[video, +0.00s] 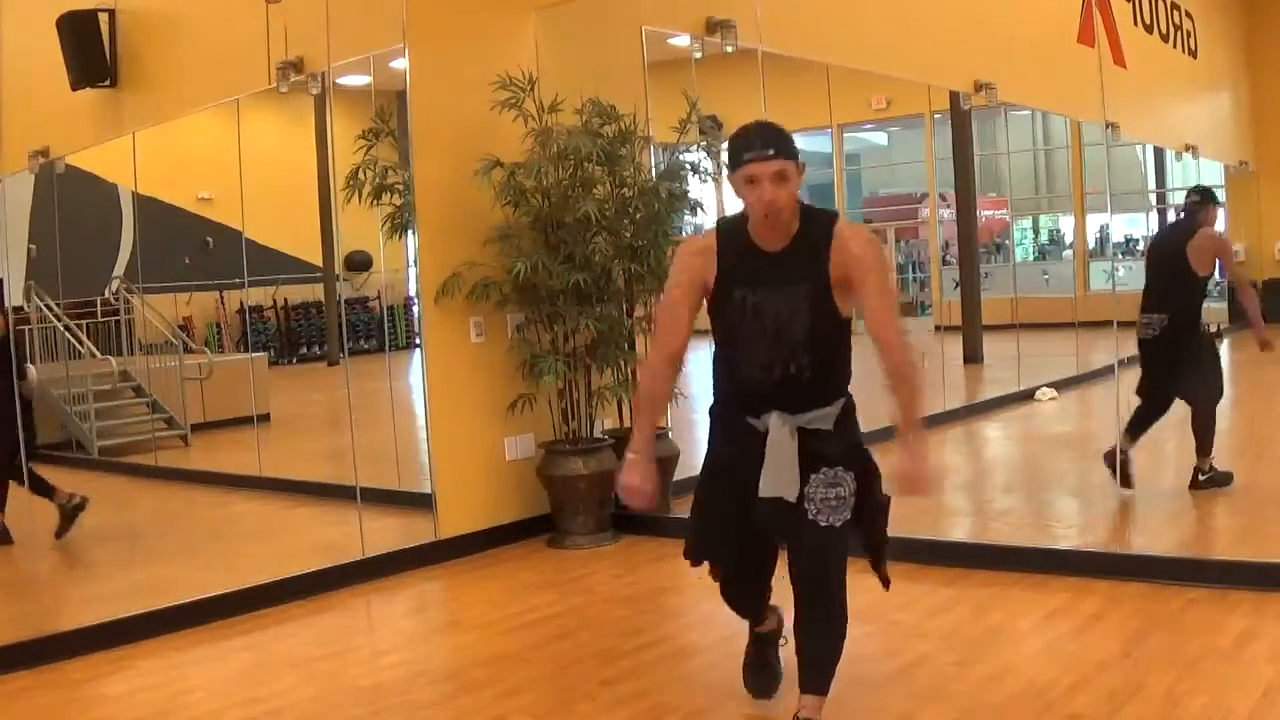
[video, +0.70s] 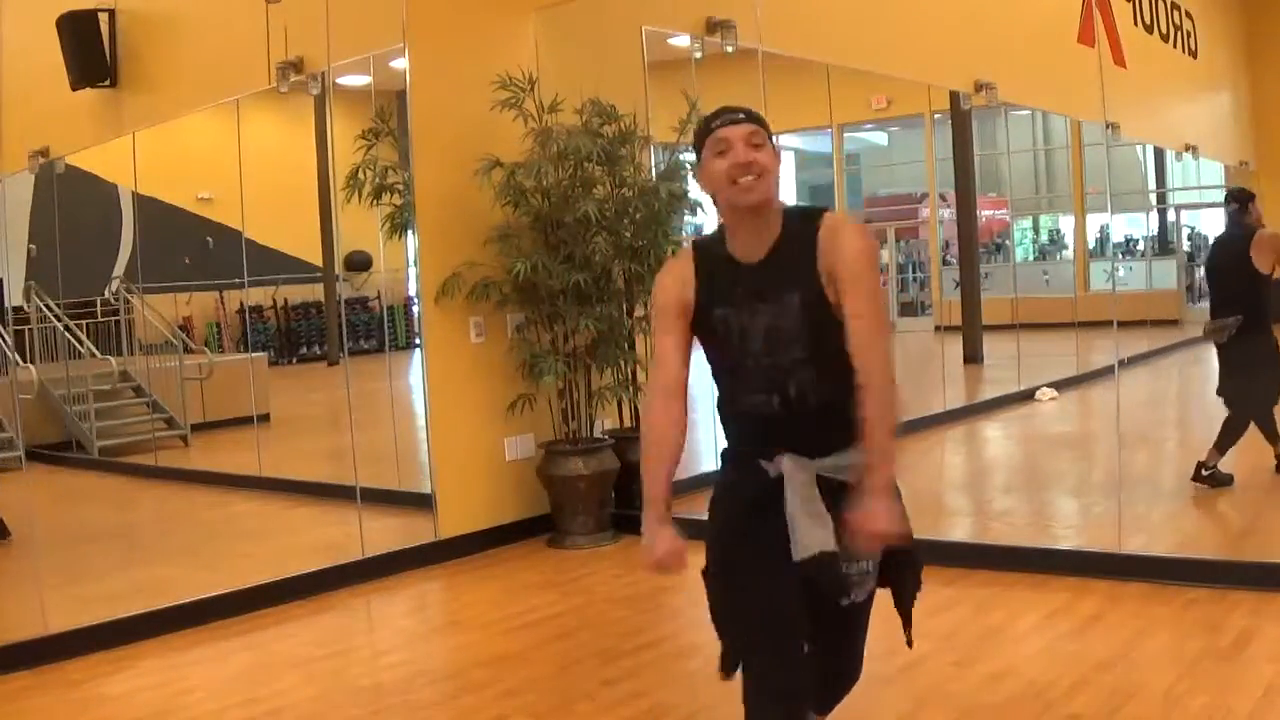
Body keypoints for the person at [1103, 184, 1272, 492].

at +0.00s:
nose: (1216, 217)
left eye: (1216, 212)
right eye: (1215, 211)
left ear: (1187, 208)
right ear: (1207, 210)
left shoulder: (1158, 239)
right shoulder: (1212, 239)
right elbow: (1241, 285)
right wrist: (1261, 331)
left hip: (1150, 335)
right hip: (1183, 335)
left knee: (1158, 399)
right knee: (1205, 396)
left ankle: (1121, 449)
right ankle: (1204, 469)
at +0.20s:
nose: (1232, 205)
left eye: (1230, 200)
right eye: (1231, 200)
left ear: (1202, 199)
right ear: (1224, 199)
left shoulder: (1183, 227)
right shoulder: (1225, 222)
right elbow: (1250, 228)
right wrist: (1266, 221)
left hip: (1167, 320)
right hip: (1196, 320)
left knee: (1194, 384)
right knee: (1219, 382)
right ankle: (1205, 468)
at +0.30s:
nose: (1237, 201)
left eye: (1236, 198)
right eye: (1237, 197)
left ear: (1207, 196)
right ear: (1230, 196)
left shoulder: (1189, 222)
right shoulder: (1227, 216)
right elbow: (1246, 209)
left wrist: (1247, 191)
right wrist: (1254, 194)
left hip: (1177, 316)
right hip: (1206, 317)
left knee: (1210, 375)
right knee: (1212, 389)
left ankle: (1237, 417)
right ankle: (1204, 468)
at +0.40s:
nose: (1242, 202)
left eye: (1241, 198)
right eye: (1241, 197)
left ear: (1213, 198)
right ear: (1235, 197)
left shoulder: (1196, 225)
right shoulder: (1235, 217)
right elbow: (1255, 208)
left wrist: (1248, 191)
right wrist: (1257, 195)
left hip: (1190, 320)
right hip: (1219, 323)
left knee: (1228, 374)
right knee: (1218, 392)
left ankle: (1255, 413)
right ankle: (1205, 468)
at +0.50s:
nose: (1247, 204)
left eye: (1244, 200)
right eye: (1246, 200)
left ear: (1218, 202)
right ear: (1239, 201)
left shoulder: (1201, 233)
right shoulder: (1242, 221)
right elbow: (1267, 219)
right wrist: (1261, 216)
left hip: (1205, 327)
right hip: (1233, 327)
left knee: (1240, 382)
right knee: (1230, 396)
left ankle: (1268, 425)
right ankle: (1205, 468)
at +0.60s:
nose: (1253, 210)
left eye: (1251, 205)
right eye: (1251, 205)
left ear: (1223, 208)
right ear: (1244, 206)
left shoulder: (1207, 240)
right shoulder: (1257, 232)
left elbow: (1210, 286)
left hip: (1214, 332)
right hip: (1244, 332)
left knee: (1247, 395)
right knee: (1243, 398)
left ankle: (1274, 451)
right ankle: (1205, 467)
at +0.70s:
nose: (1261, 212)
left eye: (1258, 206)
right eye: (1258, 207)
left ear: (1229, 211)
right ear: (1250, 209)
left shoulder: (1217, 245)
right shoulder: (1263, 240)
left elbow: (1218, 289)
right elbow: (1270, 285)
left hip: (1225, 334)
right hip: (1254, 334)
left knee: (1259, 398)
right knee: (1247, 401)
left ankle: (1279, 450)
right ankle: (1208, 465)